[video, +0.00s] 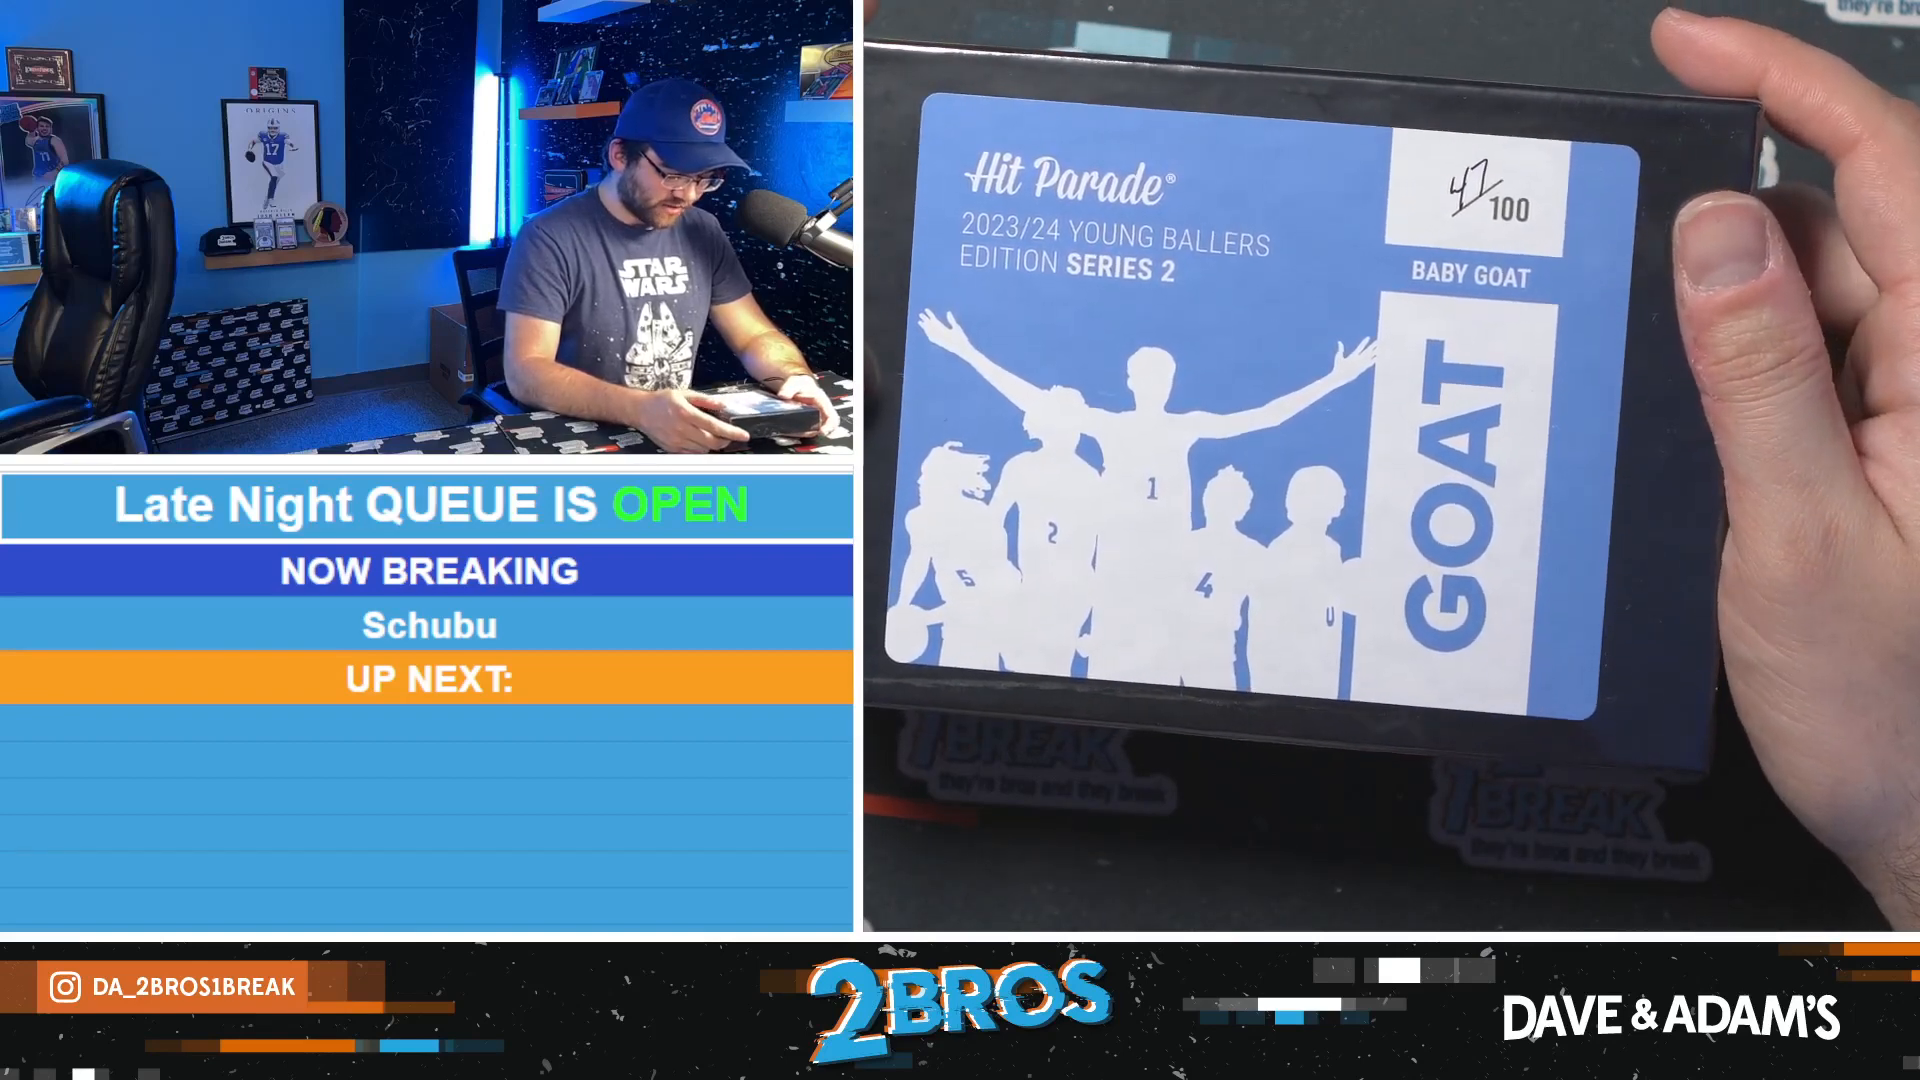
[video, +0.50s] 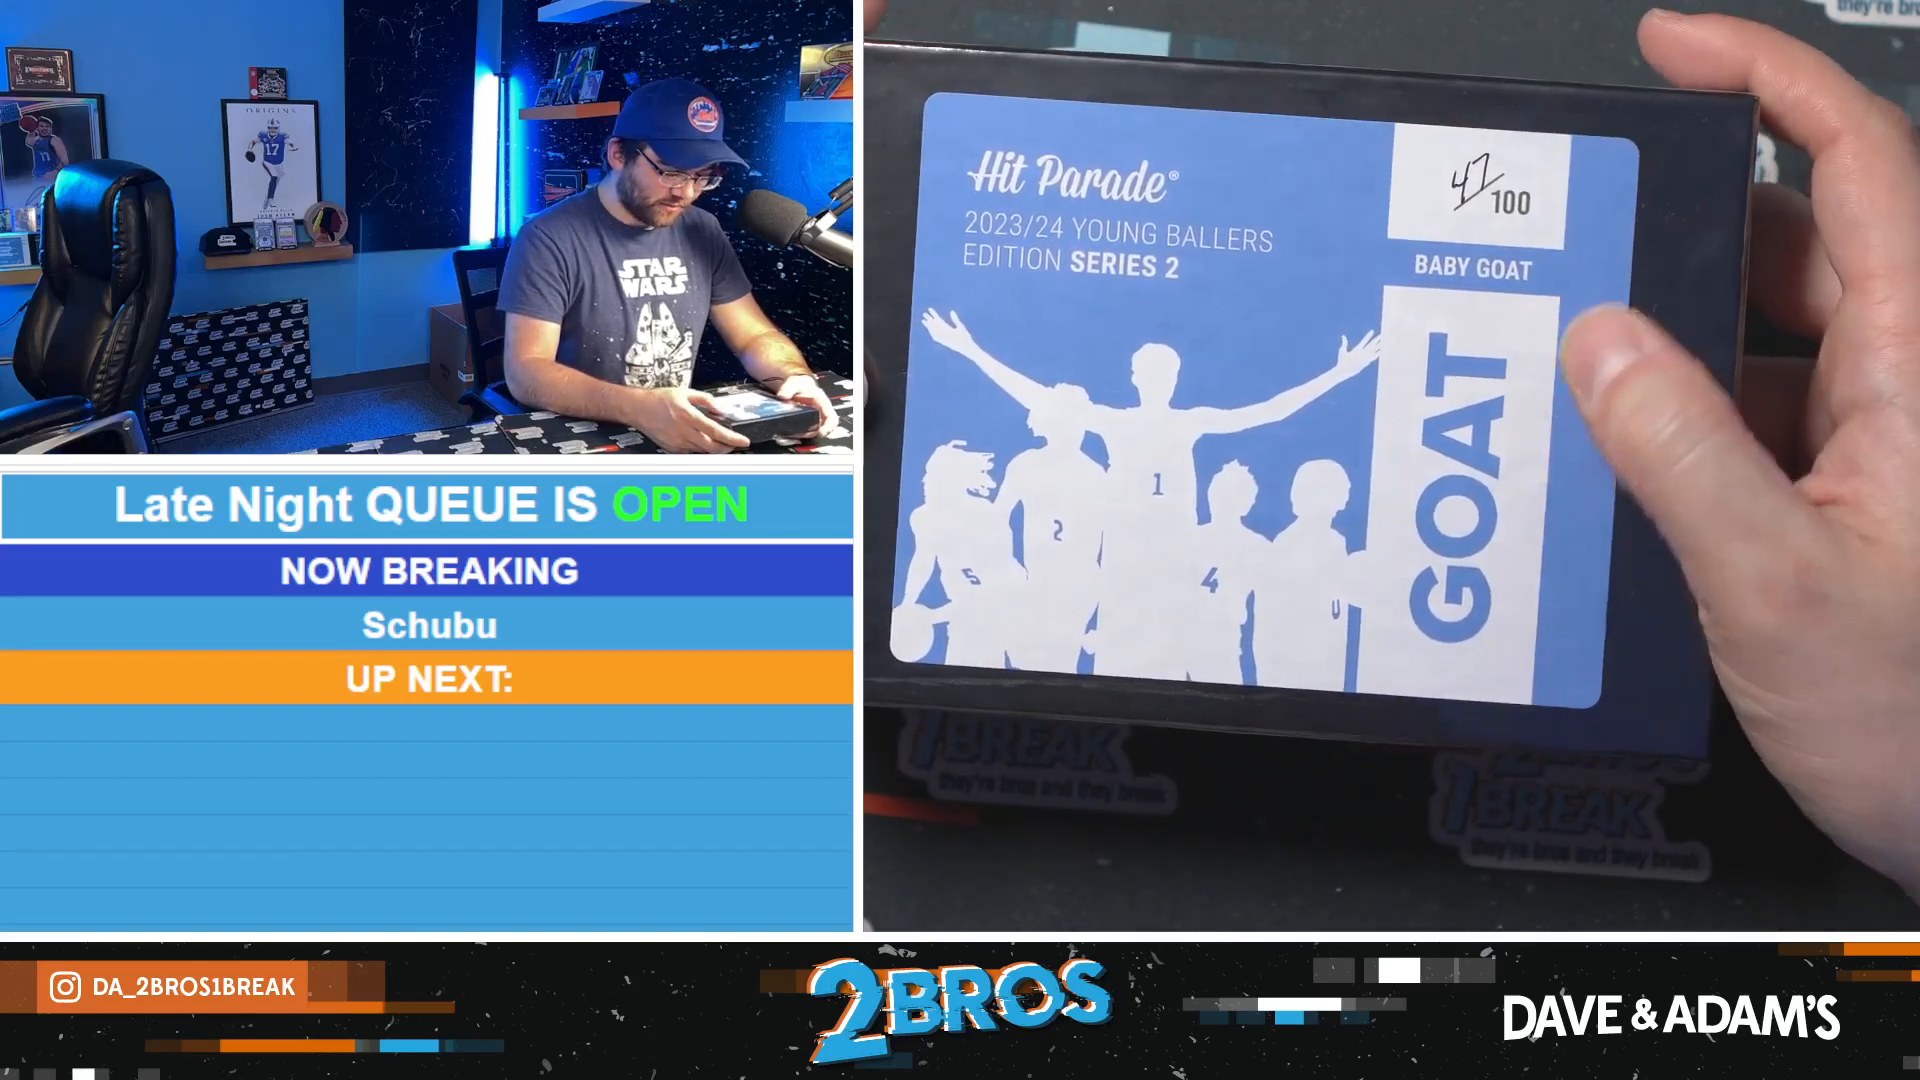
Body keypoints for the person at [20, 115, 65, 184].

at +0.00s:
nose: (44, 128)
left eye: (47, 126)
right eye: (41, 126)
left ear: (50, 128)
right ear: (37, 128)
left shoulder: (55, 140)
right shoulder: (35, 140)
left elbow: (64, 160)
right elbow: (28, 142)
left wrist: (54, 173)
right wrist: (31, 132)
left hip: (51, 177)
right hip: (37, 176)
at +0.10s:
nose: (44, 128)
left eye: (47, 126)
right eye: (41, 126)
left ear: (50, 129)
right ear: (37, 128)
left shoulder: (54, 140)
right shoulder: (35, 140)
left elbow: (64, 161)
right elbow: (28, 142)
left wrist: (54, 173)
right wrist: (31, 132)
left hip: (51, 177)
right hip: (37, 176)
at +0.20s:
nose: (44, 128)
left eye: (47, 126)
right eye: (41, 126)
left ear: (51, 129)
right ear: (37, 128)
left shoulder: (54, 140)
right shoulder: (35, 140)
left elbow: (64, 160)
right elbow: (28, 142)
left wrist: (54, 173)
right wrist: (30, 133)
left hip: (50, 177)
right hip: (37, 176)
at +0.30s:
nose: (44, 128)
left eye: (47, 126)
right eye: (41, 126)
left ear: (50, 128)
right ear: (37, 128)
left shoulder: (55, 140)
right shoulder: (35, 140)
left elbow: (64, 160)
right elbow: (28, 142)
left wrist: (54, 173)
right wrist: (31, 132)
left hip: (51, 177)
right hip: (37, 176)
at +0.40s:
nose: (44, 128)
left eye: (47, 126)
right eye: (41, 126)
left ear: (50, 128)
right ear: (37, 128)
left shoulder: (55, 140)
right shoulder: (35, 140)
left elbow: (64, 160)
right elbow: (28, 142)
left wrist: (54, 173)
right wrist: (31, 132)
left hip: (51, 177)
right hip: (37, 176)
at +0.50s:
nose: (44, 128)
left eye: (47, 126)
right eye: (41, 126)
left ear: (50, 128)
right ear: (37, 128)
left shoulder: (55, 140)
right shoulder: (35, 140)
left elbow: (64, 160)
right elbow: (28, 142)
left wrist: (54, 173)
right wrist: (31, 132)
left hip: (51, 177)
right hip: (37, 176)